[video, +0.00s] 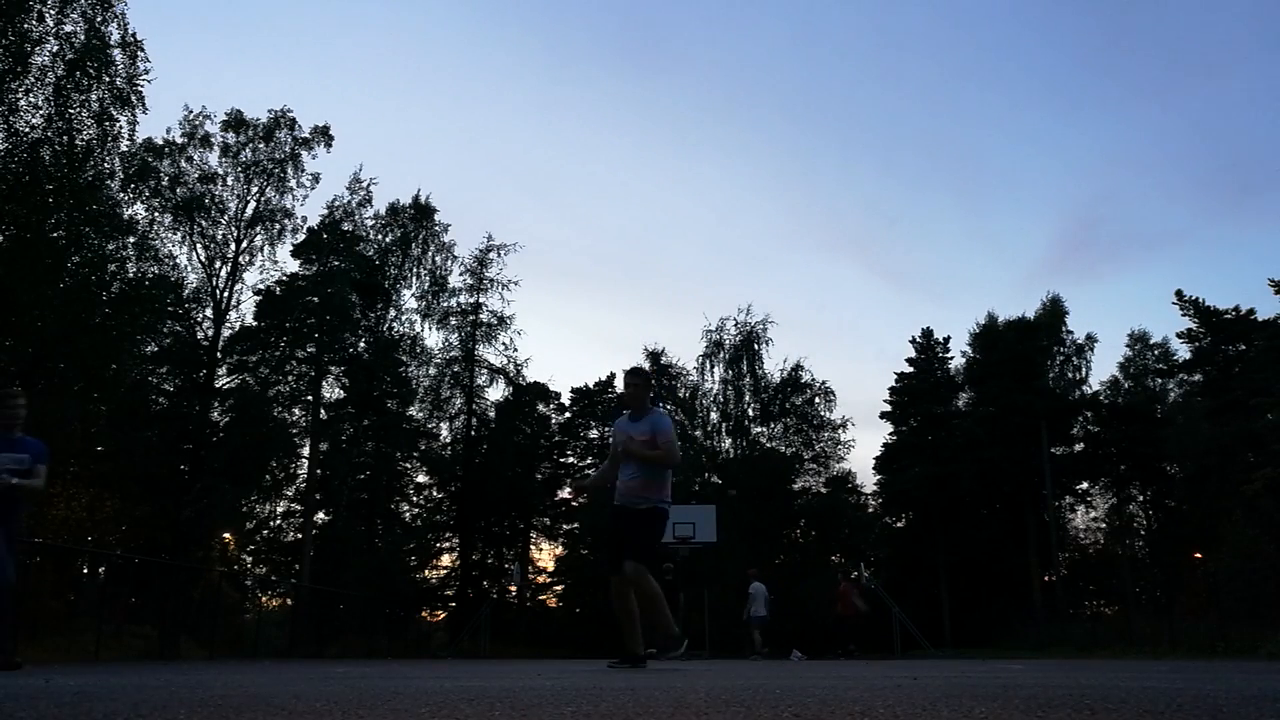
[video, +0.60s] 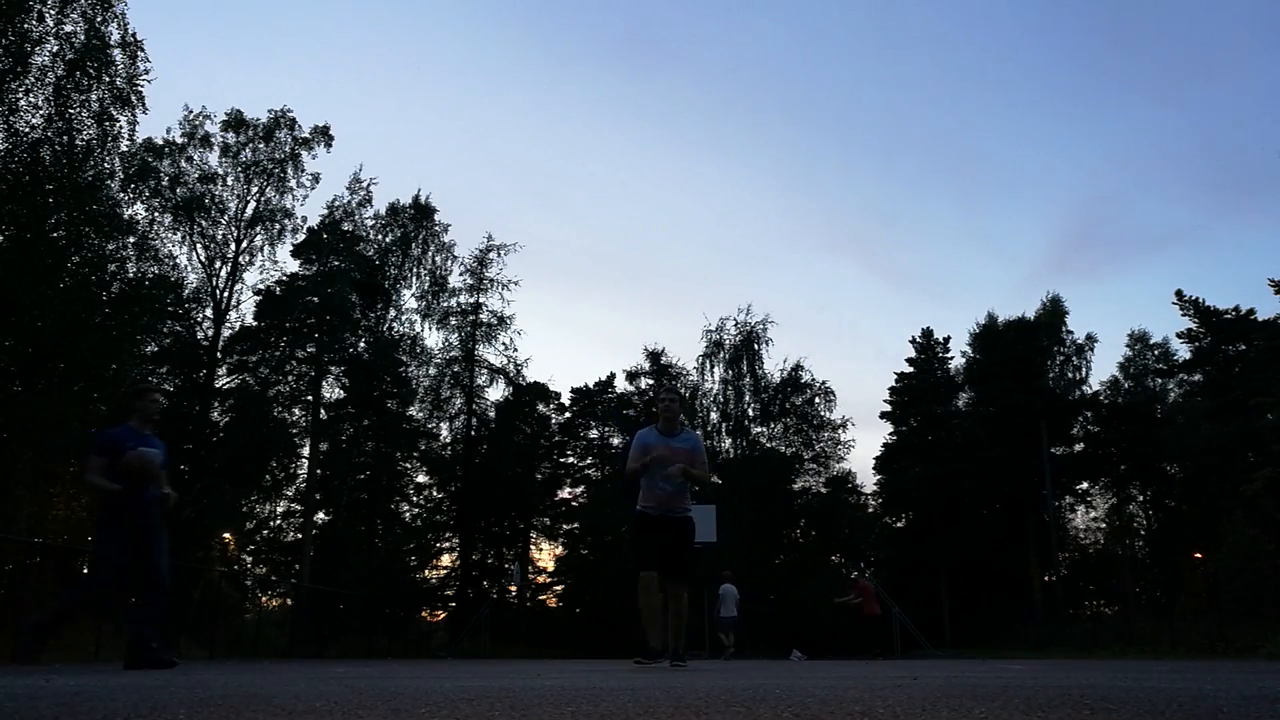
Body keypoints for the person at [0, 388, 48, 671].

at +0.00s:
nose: (16, 413)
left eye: (20, 408)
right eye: (11, 408)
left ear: (25, 412)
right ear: (3, 411)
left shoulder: (33, 448)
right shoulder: (3, 445)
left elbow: (39, 482)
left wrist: (14, 481)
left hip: (17, 524)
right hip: (2, 524)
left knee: (12, 586)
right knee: (6, 585)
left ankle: (9, 651)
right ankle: (5, 651)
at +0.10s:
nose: (43, 406)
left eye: (45, 401)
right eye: (37, 401)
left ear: (47, 405)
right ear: (24, 403)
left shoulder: (52, 439)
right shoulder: (9, 436)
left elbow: (64, 476)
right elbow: (8, 471)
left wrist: (40, 478)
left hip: (37, 516)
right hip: (8, 515)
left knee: (33, 582)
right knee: (9, 582)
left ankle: (20, 647)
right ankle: (6, 649)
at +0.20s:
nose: (64, 400)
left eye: (66, 396)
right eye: (58, 395)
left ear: (68, 400)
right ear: (43, 397)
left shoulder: (72, 436)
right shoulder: (20, 430)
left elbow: (85, 474)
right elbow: (7, 467)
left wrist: (65, 476)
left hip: (55, 513)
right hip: (20, 512)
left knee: (58, 578)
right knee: (18, 580)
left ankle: (46, 646)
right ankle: (14, 648)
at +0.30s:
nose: (86, 403)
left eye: (88, 398)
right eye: (81, 397)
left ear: (89, 403)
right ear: (66, 399)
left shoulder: (91, 439)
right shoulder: (41, 433)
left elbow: (105, 478)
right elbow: (12, 468)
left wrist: (91, 479)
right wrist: (39, 481)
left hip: (75, 516)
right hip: (40, 514)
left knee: (83, 581)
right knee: (27, 581)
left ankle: (86, 649)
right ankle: (14, 651)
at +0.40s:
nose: (109, 408)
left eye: (111, 403)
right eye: (104, 402)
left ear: (111, 408)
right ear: (89, 404)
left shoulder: (112, 445)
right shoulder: (64, 438)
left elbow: (123, 486)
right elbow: (36, 474)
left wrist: (113, 487)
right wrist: (63, 489)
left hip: (94, 521)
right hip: (59, 519)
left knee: (106, 581)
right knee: (36, 582)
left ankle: (126, 649)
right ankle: (13, 650)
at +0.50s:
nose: (133, 410)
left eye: (136, 405)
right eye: (128, 404)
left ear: (137, 411)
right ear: (113, 406)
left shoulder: (135, 447)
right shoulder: (90, 439)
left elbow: (138, 482)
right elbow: (66, 478)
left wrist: (144, 491)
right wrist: (92, 492)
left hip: (124, 524)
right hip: (89, 521)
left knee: (131, 584)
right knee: (60, 582)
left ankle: (136, 651)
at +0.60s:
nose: (158, 407)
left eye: (159, 402)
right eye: (153, 402)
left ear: (157, 408)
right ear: (138, 405)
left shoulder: (157, 444)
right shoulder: (114, 437)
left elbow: (161, 481)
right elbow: (93, 476)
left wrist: (167, 492)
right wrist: (121, 489)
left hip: (148, 522)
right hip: (117, 521)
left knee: (152, 584)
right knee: (107, 585)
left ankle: (144, 651)